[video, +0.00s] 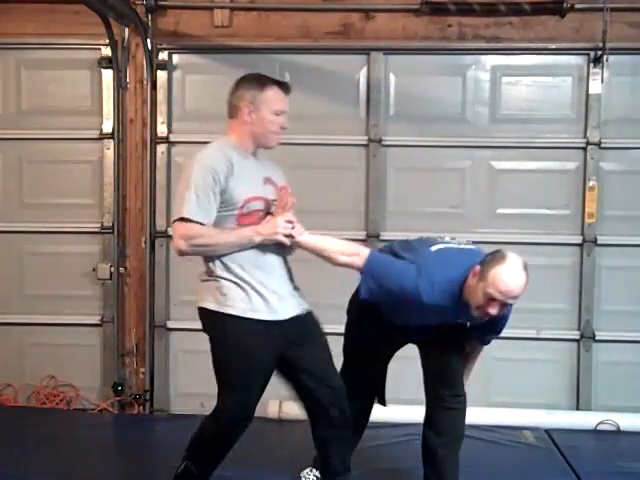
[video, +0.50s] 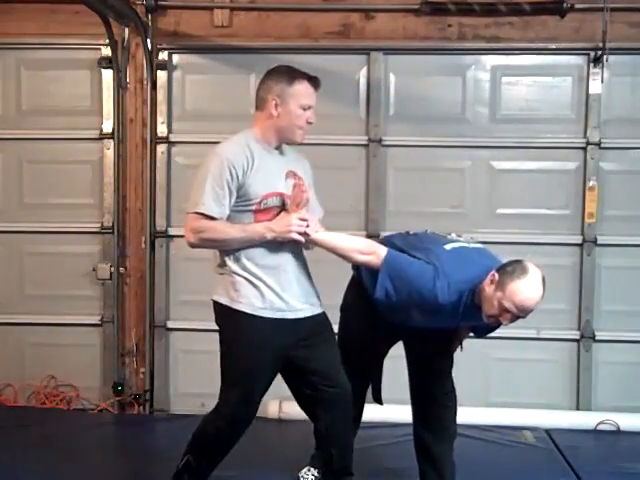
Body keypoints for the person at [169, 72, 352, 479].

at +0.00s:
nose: (285, 124)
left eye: (286, 115)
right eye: (277, 114)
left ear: (255, 116)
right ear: (246, 113)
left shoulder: (270, 170)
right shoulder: (211, 161)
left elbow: (284, 247)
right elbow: (184, 239)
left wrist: (284, 218)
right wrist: (259, 234)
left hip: (287, 309)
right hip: (236, 312)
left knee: (331, 404)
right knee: (234, 412)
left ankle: (334, 474)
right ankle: (189, 475)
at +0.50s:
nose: (311, 119)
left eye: (312, 109)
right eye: (304, 108)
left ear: (279, 108)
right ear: (273, 105)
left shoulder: (298, 164)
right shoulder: (231, 154)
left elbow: (311, 235)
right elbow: (196, 231)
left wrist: (301, 214)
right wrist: (270, 230)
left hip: (303, 311)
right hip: (249, 311)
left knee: (336, 399)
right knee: (235, 412)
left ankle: (334, 475)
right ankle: (186, 476)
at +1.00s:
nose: (250, 99)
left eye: (250, 90)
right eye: (241, 89)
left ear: (218, 93)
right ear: (209, 91)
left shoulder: (232, 144)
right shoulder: (184, 146)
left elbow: (236, 215)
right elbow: (167, 230)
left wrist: (263, 234)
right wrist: (238, 246)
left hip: (242, 291)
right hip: (199, 293)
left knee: (273, 382)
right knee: (199, 404)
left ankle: (274, 474)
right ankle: (178, 474)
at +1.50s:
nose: (227, 104)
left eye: (226, 95)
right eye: (221, 95)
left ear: (193, 98)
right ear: (193, 96)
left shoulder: (192, 147)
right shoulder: (173, 147)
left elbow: (200, 216)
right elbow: (167, 228)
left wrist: (242, 217)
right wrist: (220, 278)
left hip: (183, 281)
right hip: (172, 282)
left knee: (171, 375)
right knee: (193, 380)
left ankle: (141, 463)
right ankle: (181, 472)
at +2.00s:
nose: (207, 104)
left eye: (206, 96)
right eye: (200, 96)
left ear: (178, 98)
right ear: (174, 97)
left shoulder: (181, 152)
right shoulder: (145, 144)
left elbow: (196, 219)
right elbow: (142, 222)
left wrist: (240, 221)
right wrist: (181, 279)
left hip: (168, 279)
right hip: (144, 277)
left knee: (161, 371)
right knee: (151, 372)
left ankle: (142, 458)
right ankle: (133, 463)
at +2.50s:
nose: (176, 96)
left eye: (174, 88)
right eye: (167, 89)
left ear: (149, 96)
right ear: (140, 96)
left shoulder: (158, 146)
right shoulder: (120, 147)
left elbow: (161, 221)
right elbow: (111, 229)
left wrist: (178, 278)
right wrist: (134, 295)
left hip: (160, 287)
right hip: (131, 288)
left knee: (157, 376)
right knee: (130, 380)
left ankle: (121, 462)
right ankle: (116, 468)